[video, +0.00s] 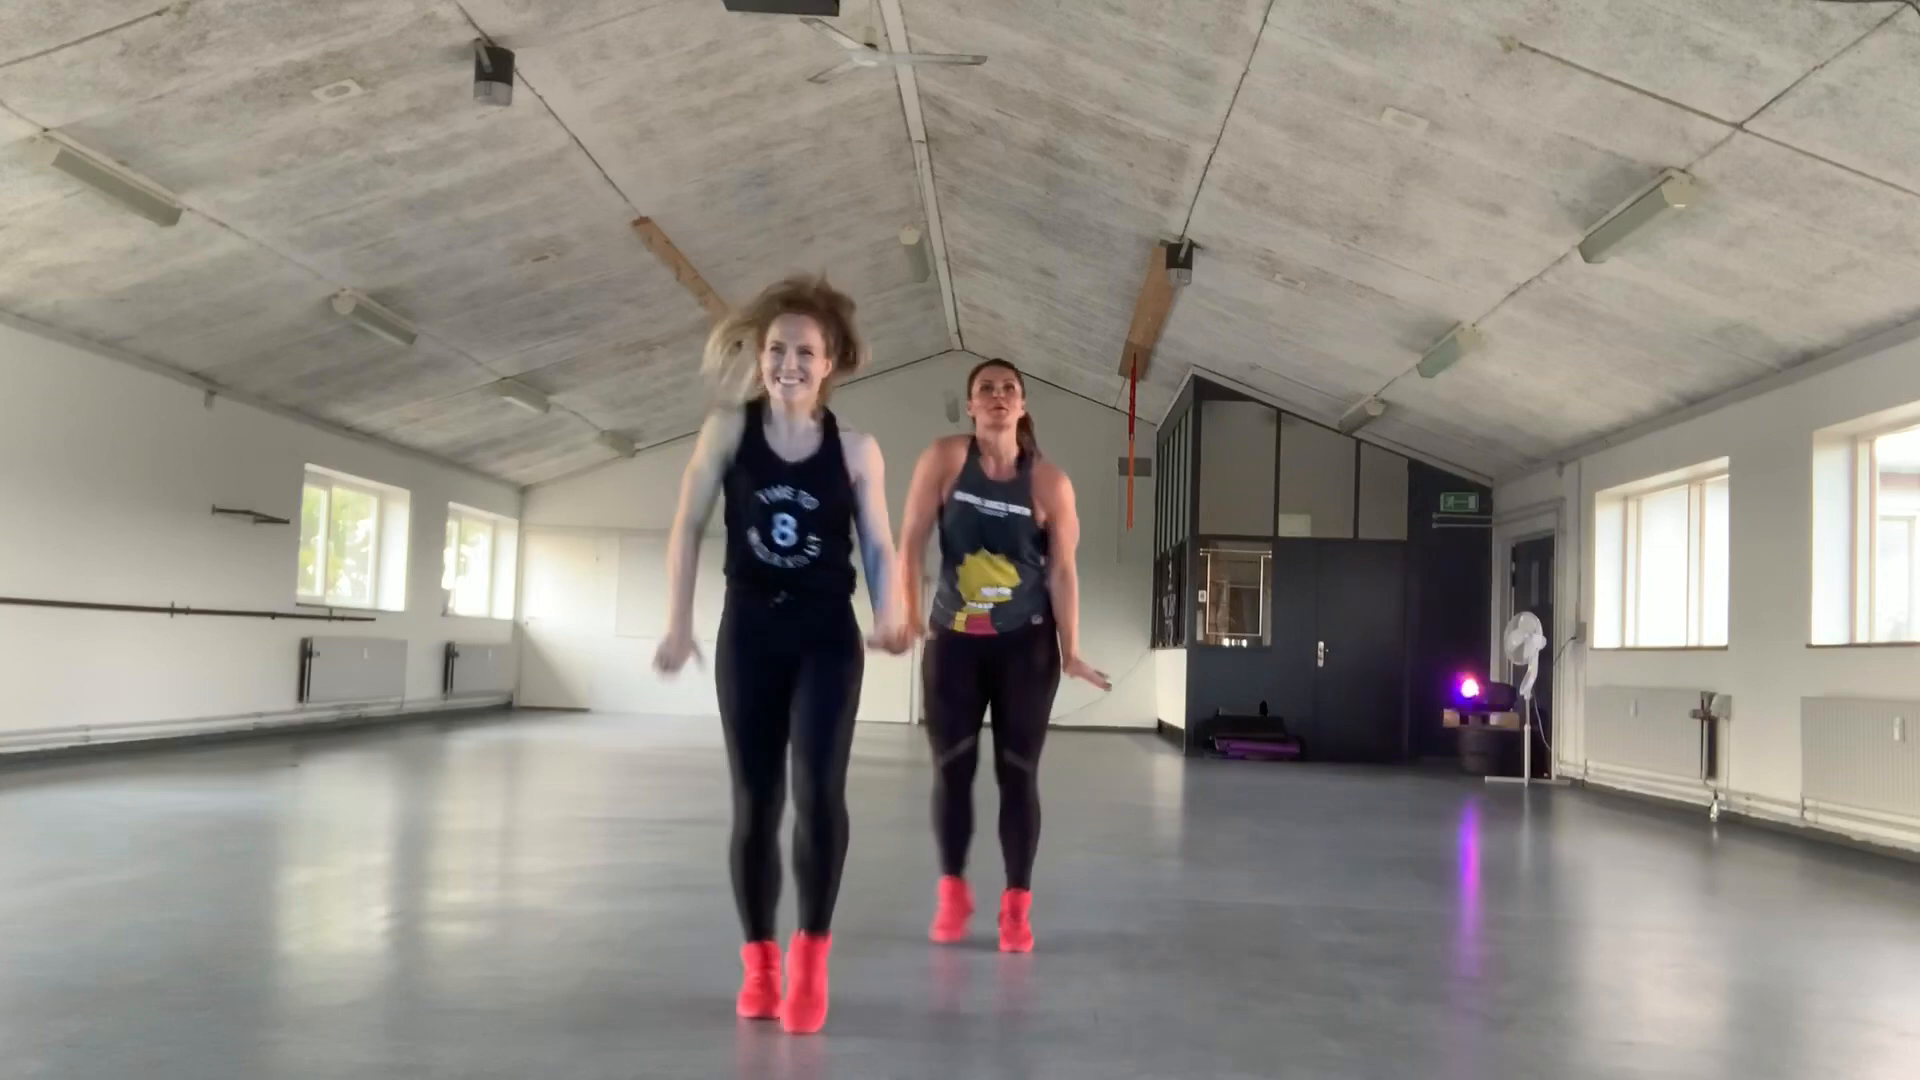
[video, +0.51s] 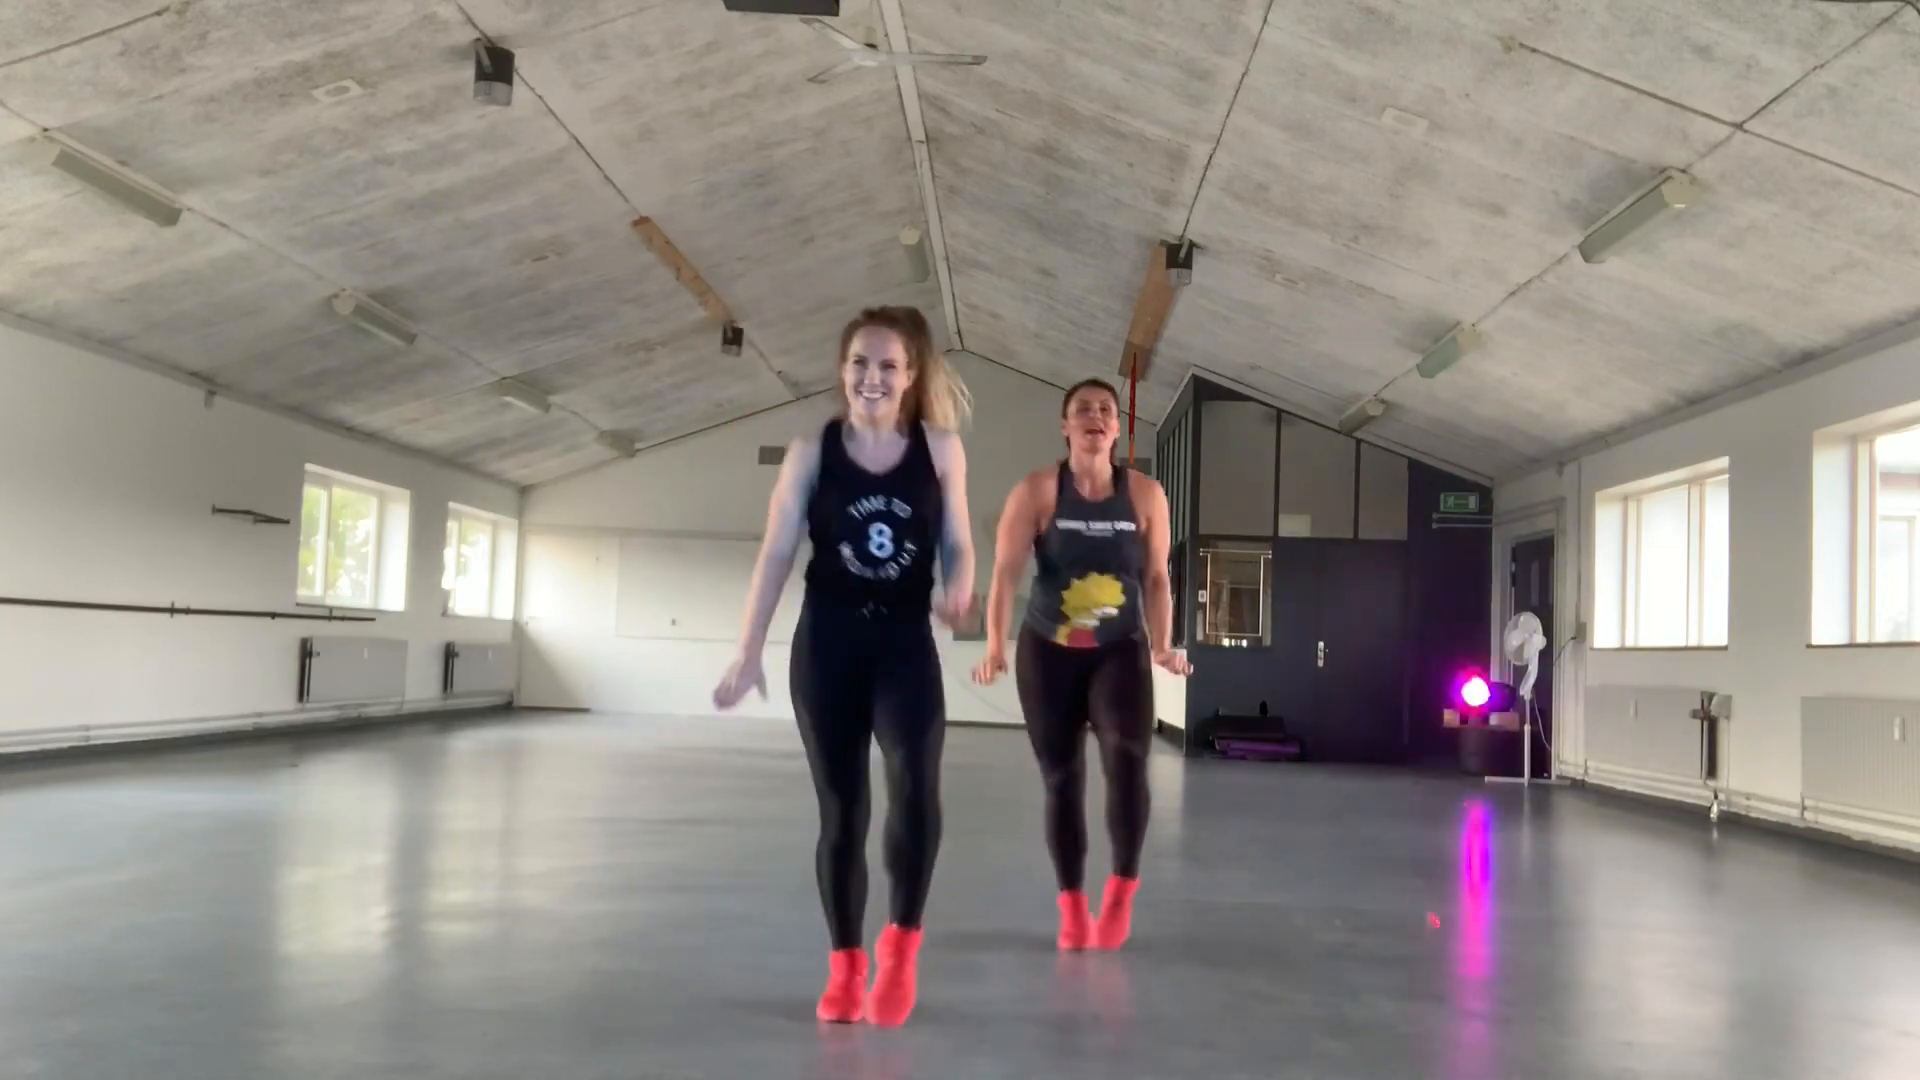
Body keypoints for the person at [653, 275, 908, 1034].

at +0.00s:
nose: (790, 361)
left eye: (806, 350)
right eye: (778, 347)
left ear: (831, 364)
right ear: (758, 356)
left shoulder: (855, 449)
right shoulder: (728, 430)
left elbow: (880, 543)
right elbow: (686, 526)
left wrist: (890, 610)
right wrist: (679, 624)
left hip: (830, 637)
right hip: (751, 635)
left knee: (817, 792)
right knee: (757, 801)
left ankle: (811, 951)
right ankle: (760, 956)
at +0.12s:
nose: (799, 386)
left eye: (815, 375)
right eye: (789, 373)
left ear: (843, 387)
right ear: (772, 382)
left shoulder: (874, 459)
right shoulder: (748, 471)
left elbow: (899, 563)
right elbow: (712, 578)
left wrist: (888, 555)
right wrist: (673, 680)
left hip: (836, 656)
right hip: (756, 655)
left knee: (846, 747)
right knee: (765, 820)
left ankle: (835, 894)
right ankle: (765, 963)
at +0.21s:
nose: (823, 360)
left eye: (838, 349)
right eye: (811, 347)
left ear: (861, 360)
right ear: (791, 357)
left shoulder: (890, 433)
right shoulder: (760, 437)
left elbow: (911, 525)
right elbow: (730, 537)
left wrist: (910, 578)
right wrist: (714, 634)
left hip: (855, 632)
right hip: (775, 633)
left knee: (873, 777)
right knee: (773, 799)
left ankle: (857, 924)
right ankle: (764, 955)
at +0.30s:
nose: (841, 353)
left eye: (858, 342)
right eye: (831, 339)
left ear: (883, 353)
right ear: (812, 344)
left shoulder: (902, 438)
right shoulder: (786, 399)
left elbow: (925, 542)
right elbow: (747, 480)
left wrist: (945, 637)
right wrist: (754, 568)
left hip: (881, 620)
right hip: (800, 616)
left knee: (874, 792)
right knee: (780, 788)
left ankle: (876, 966)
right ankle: (786, 944)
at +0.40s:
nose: (859, 358)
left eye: (875, 347)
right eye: (847, 344)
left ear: (900, 357)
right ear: (830, 351)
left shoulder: (922, 447)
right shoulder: (801, 409)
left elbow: (942, 550)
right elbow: (764, 497)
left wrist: (956, 641)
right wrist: (756, 589)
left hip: (898, 632)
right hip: (816, 630)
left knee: (887, 801)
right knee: (811, 800)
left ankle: (884, 967)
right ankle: (821, 954)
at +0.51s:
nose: (872, 376)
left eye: (888, 365)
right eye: (861, 362)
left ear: (914, 376)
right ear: (842, 368)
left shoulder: (939, 449)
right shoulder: (811, 451)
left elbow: (959, 541)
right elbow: (776, 553)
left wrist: (960, 591)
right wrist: (748, 651)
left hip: (907, 646)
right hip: (828, 646)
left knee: (915, 795)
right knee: (842, 813)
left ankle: (902, 943)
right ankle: (844, 959)